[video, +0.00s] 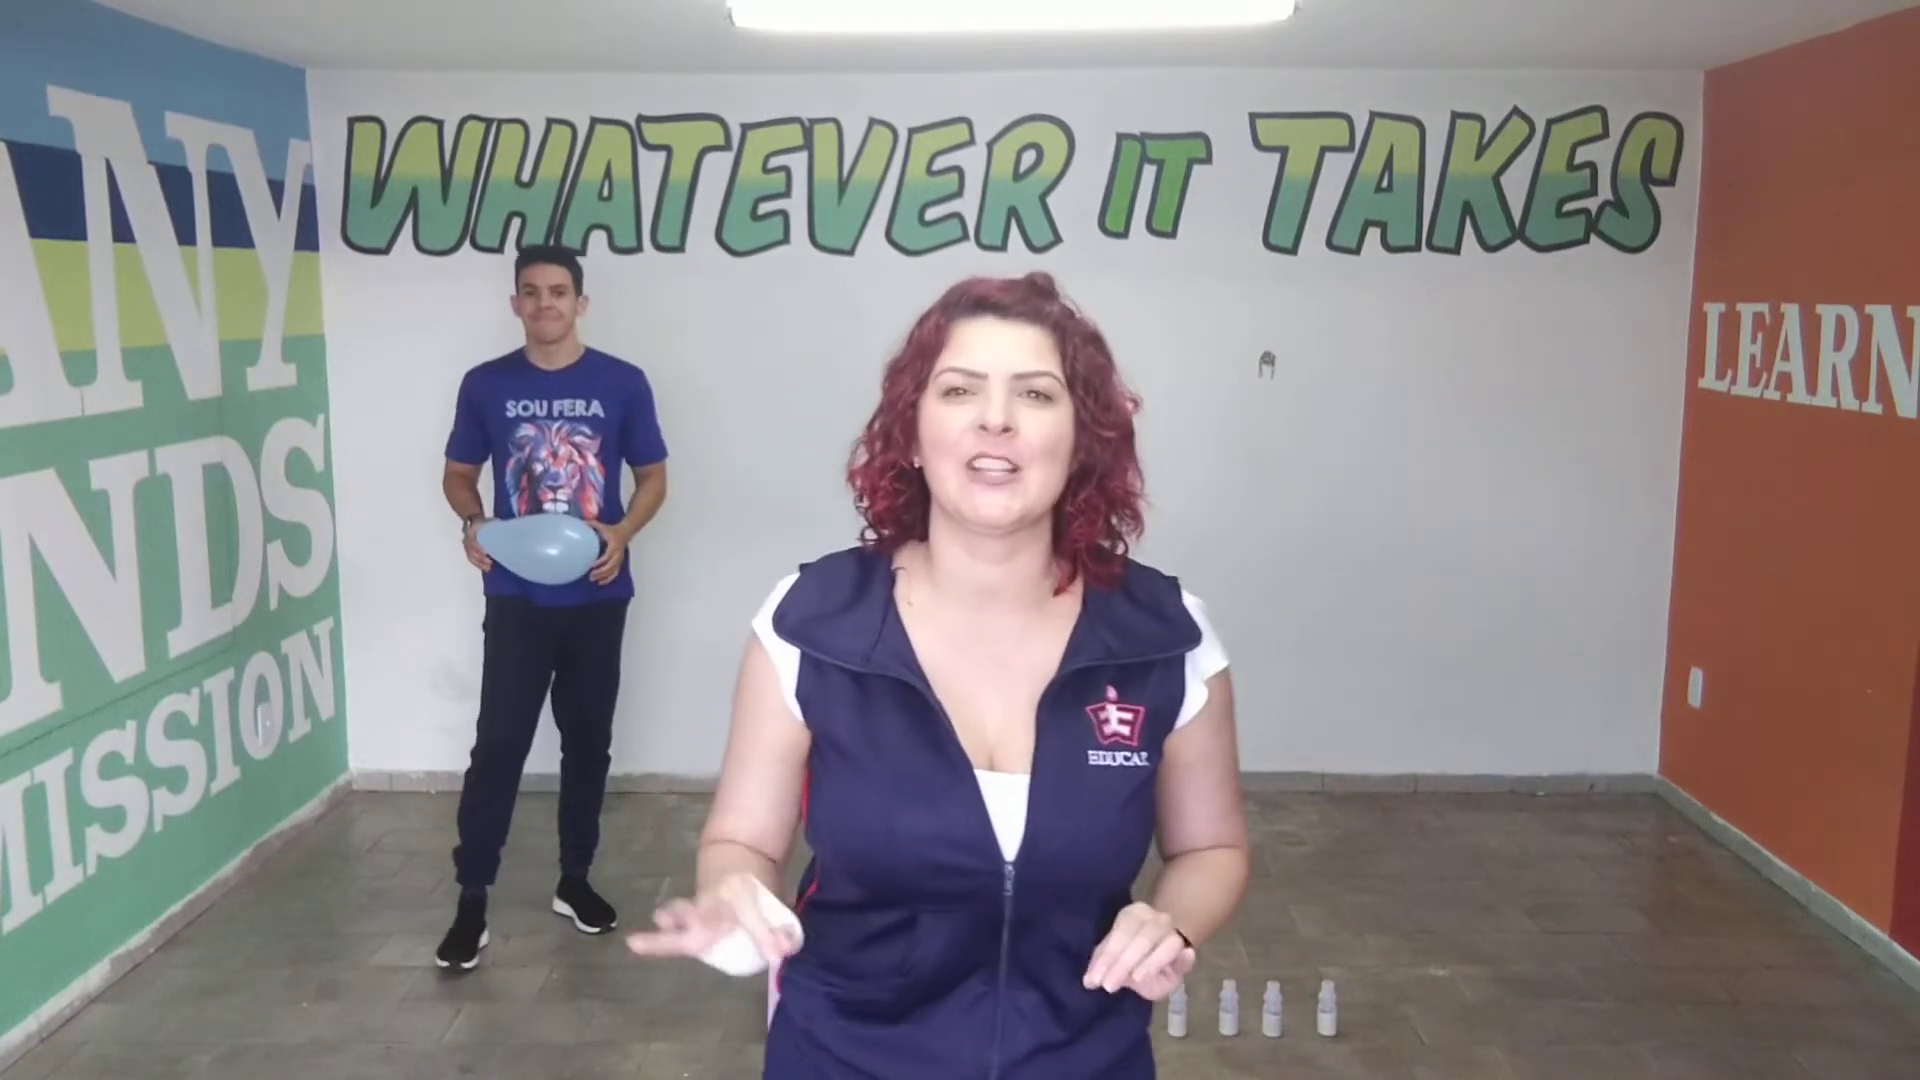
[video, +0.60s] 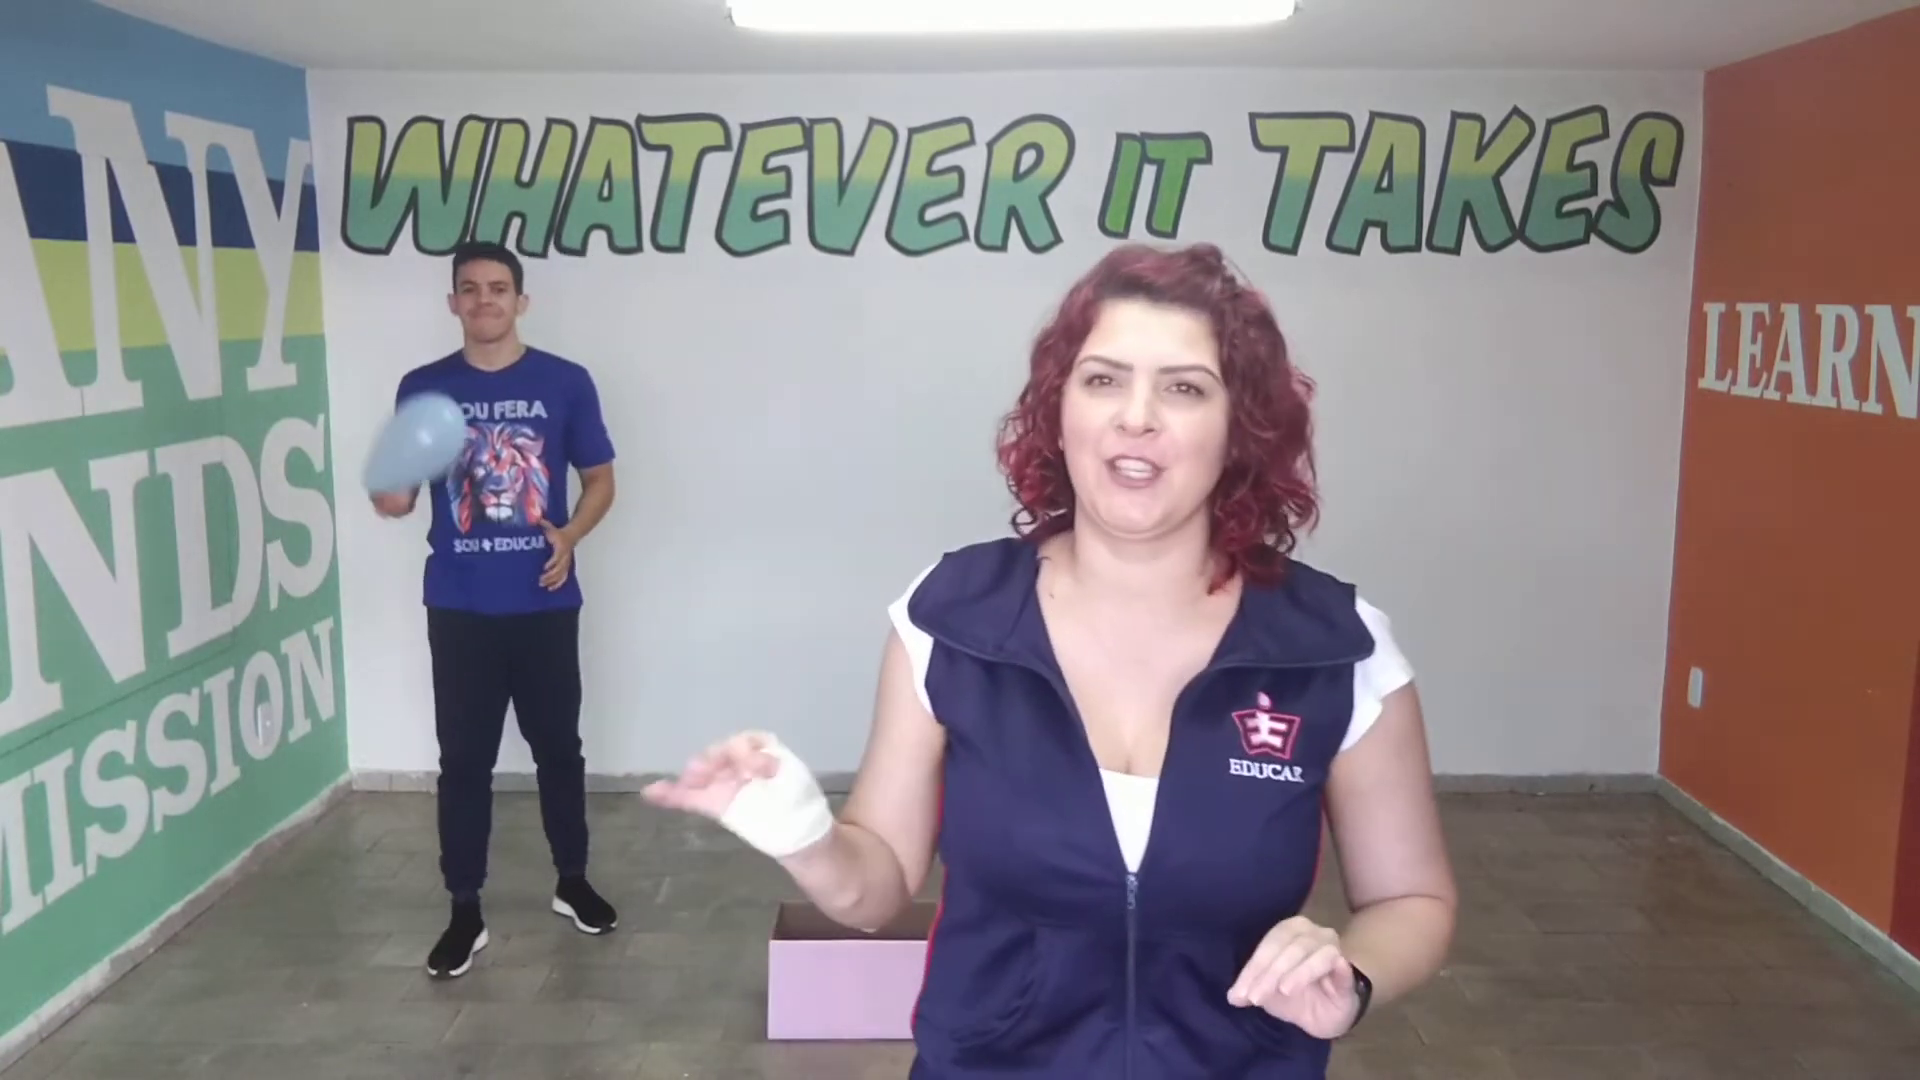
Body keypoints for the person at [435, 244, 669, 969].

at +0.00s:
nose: (543, 304)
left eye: (556, 293)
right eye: (531, 292)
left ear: (580, 302)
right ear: (517, 302)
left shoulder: (623, 385)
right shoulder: (486, 385)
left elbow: (655, 479)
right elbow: (458, 479)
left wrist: (625, 529)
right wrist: (477, 520)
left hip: (597, 598)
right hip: (517, 597)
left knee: (587, 746)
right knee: (498, 748)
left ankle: (574, 882)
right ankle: (471, 905)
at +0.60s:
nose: (482, 301)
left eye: (495, 289)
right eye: (469, 289)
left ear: (520, 301)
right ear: (453, 302)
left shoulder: (565, 384)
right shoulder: (425, 388)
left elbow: (602, 483)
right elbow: (396, 503)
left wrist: (572, 533)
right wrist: (396, 459)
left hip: (543, 608)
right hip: (460, 610)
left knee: (559, 750)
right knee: (463, 762)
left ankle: (572, 882)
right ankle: (465, 912)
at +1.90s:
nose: (589, 331)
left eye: (599, 319)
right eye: (578, 315)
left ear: (605, 319)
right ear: (538, 304)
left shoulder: (620, 394)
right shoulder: (475, 383)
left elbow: (643, 495)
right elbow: (435, 476)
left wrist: (616, 553)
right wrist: (466, 531)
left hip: (592, 619)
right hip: (502, 619)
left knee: (604, 770)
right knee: (484, 768)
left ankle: (612, 920)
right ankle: (468, 911)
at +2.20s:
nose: (642, 347)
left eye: (653, 334)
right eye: (633, 330)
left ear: (660, 328)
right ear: (595, 310)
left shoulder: (671, 397)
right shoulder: (529, 375)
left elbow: (696, 499)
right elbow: (484, 464)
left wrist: (660, 565)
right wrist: (501, 533)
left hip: (623, 615)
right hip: (536, 609)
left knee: (618, 770)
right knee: (519, 758)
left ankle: (612, 922)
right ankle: (521, 900)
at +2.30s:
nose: (652, 345)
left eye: (662, 334)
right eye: (643, 329)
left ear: (668, 327)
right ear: (606, 307)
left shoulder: (679, 399)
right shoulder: (538, 374)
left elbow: (705, 500)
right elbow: (496, 462)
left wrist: (673, 560)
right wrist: (511, 533)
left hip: (628, 615)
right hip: (543, 608)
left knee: (622, 765)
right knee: (533, 751)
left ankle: (612, 917)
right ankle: (583, 863)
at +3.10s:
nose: (631, 335)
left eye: (640, 322)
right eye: (618, 323)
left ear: (650, 313)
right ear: (586, 317)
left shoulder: (684, 378)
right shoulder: (555, 390)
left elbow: (723, 468)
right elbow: (538, 477)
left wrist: (694, 530)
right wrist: (555, 534)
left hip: (674, 582)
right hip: (601, 586)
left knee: (675, 729)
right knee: (625, 728)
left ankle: (685, 884)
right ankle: (646, 851)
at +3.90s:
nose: (696, 312)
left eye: (705, 301)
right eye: (683, 301)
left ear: (714, 305)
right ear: (657, 305)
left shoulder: (734, 373)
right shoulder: (626, 382)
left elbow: (751, 456)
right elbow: (598, 478)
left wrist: (771, 522)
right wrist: (664, 525)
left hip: (732, 575)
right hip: (665, 579)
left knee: (733, 704)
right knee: (656, 717)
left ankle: (742, 819)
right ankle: (648, 852)